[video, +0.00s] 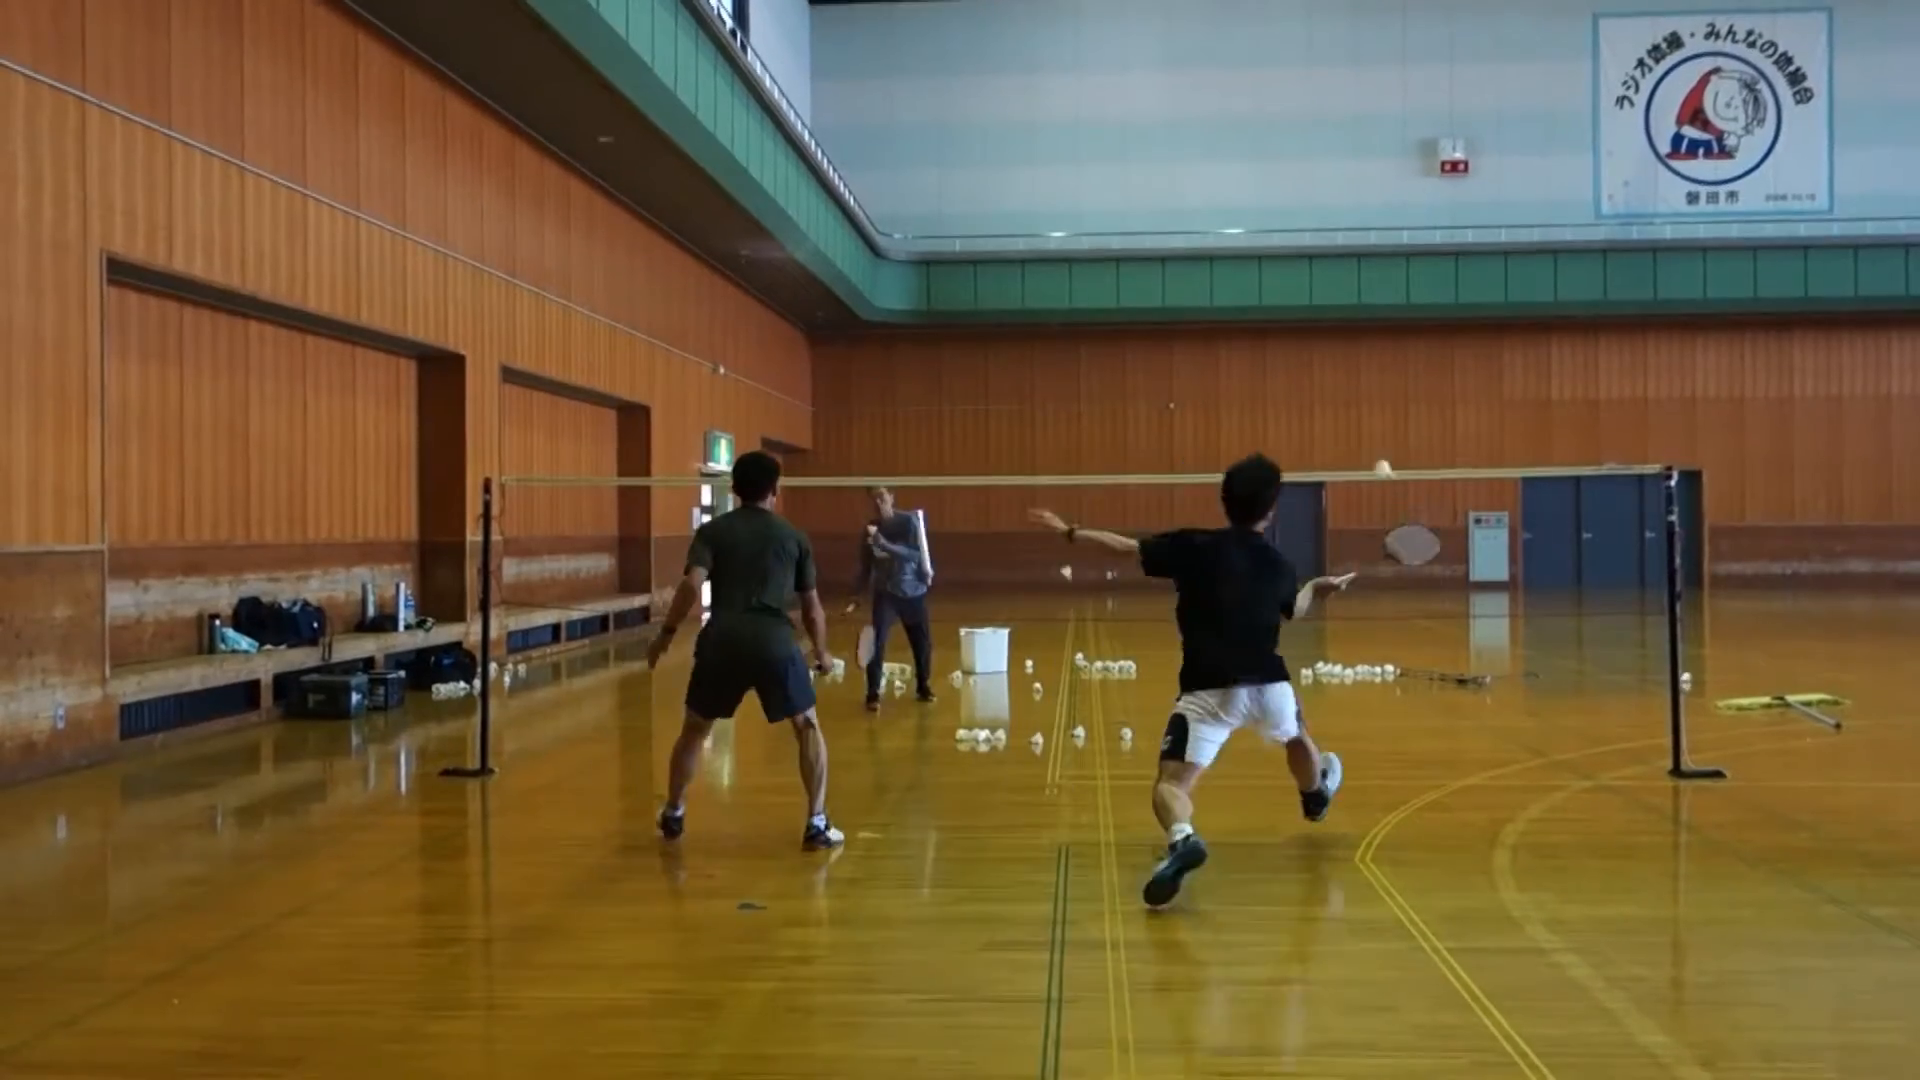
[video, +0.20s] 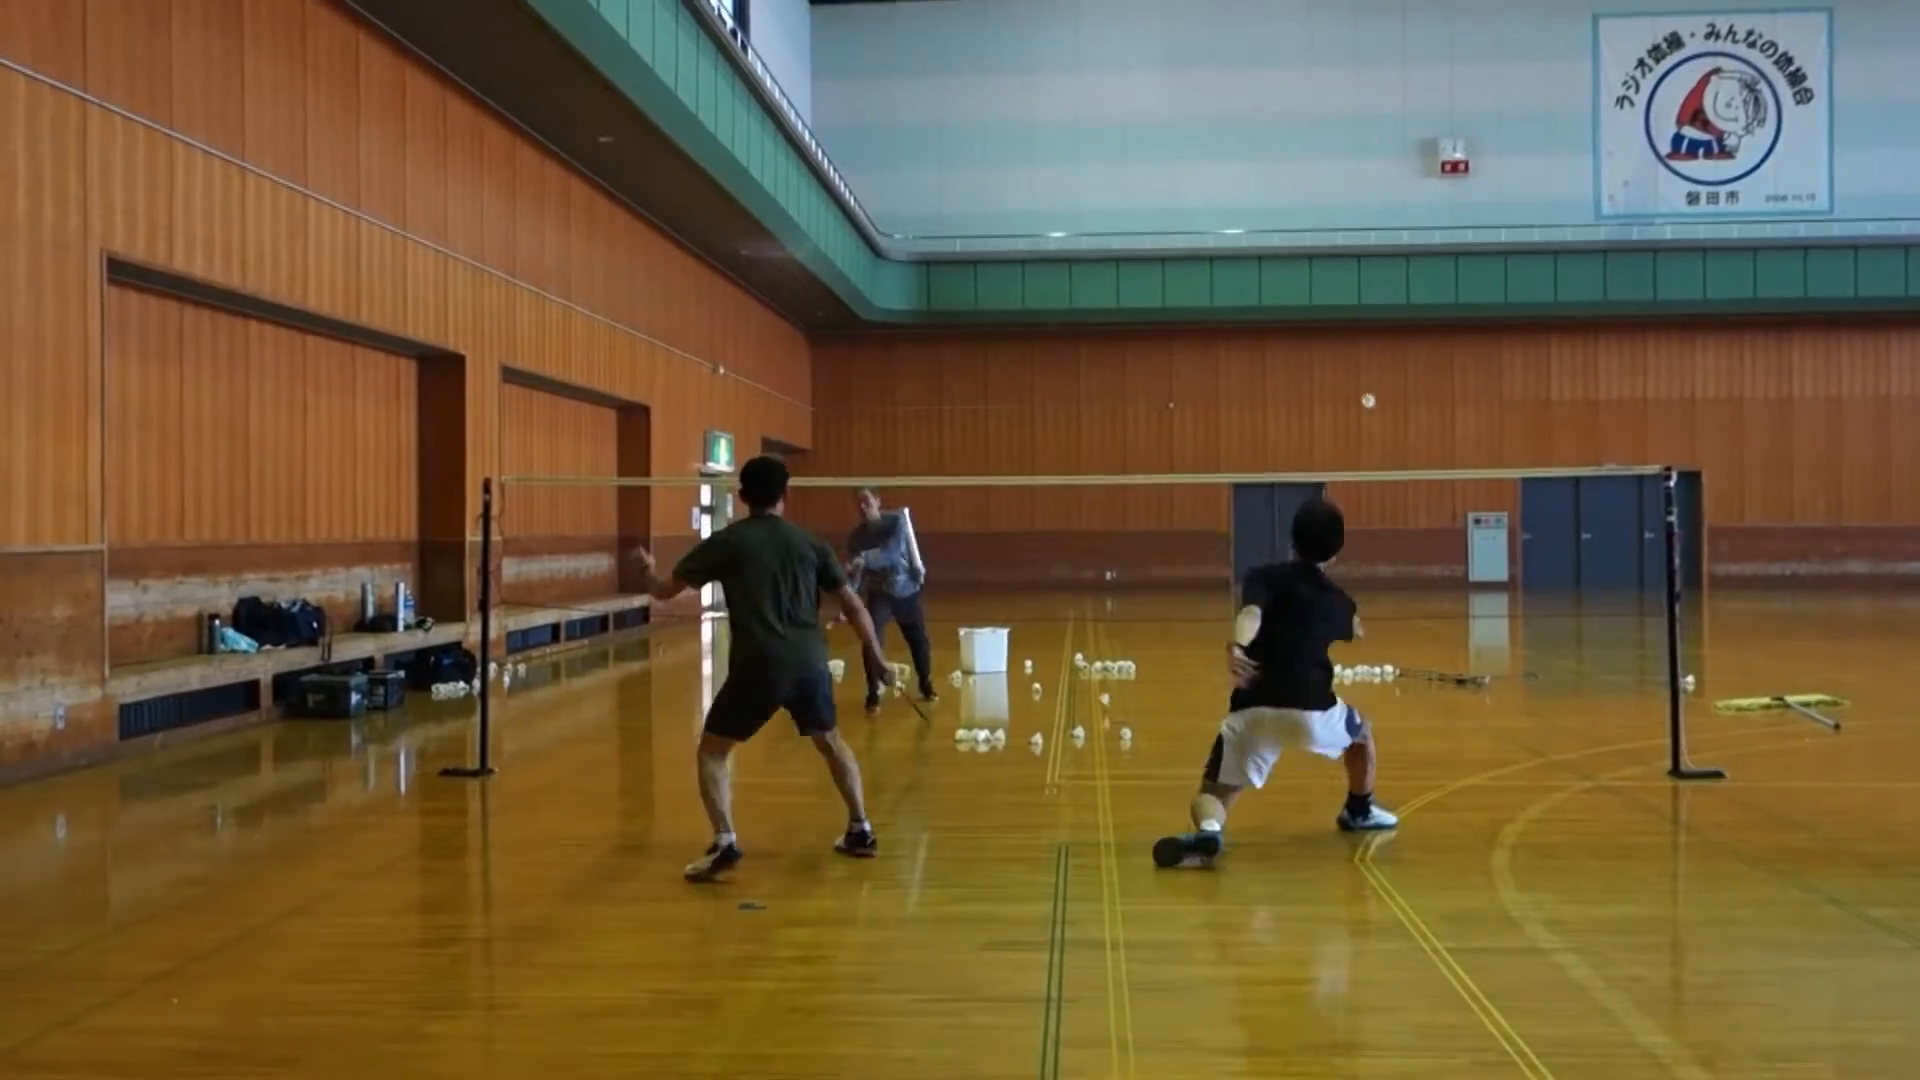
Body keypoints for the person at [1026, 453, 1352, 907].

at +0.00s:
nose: (1276, 508)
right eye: (1275, 502)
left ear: (1225, 501)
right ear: (1270, 510)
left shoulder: (1194, 547)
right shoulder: (1278, 565)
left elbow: (1130, 547)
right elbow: (1296, 610)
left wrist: (1070, 531)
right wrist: (1317, 586)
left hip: (1206, 687)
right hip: (1268, 684)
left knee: (1171, 784)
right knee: (1297, 739)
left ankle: (1182, 839)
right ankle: (1314, 795)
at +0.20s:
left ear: (1293, 539)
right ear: (1335, 549)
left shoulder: (1263, 578)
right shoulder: (1336, 600)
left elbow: (1251, 614)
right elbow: (1353, 631)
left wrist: (1237, 648)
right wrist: (1334, 617)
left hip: (1257, 705)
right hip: (1311, 708)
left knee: (1213, 793)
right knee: (1358, 735)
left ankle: (1209, 831)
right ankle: (1360, 808)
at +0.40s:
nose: (1262, 502)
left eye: (1262, 495)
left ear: (1260, 501)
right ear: (1301, 506)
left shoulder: (1236, 540)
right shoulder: (1316, 564)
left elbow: (1198, 564)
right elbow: (1341, 634)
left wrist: (1187, 623)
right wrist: (1356, 686)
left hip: (1234, 657)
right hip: (1293, 660)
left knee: (1190, 741)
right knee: (1330, 728)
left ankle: (1202, 796)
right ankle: (1356, 805)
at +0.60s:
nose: (1184, 500)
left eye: (1187, 494)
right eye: (1187, 493)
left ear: (1195, 501)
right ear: (1232, 504)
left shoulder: (1174, 551)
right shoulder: (1258, 548)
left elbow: (1128, 599)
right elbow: (1311, 595)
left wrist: (1106, 619)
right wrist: (1337, 609)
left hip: (1192, 667)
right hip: (1253, 665)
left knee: (1136, 740)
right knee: (1295, 728)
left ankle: (1080, 818)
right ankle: (1329, 818)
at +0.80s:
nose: (1103, 502)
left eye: (1106, 495)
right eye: (1105, 494)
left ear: (1117, 502)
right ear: (1152, 505)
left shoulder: (1091, 553)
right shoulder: (1174, 552)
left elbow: (1078, 622)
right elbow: (1205, 619)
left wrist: (1081, 665)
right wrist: (1210, 659)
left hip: (1113, 672)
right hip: (1171, 670)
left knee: (1080, 749)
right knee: (1224, 744)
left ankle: (1063, 835)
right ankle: (1264, 832)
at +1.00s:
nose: (1059, 509)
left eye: (1057, 503)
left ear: (1058, 508)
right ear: (1102, 509)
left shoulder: (1044, 564)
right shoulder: (1128, 559)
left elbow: (1027, 634)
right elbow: (1155, 619)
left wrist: (1007, 694)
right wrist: (1141, 658)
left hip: (1063, 680)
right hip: (1122, 680)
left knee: (1008, 759)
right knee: (1152, 766)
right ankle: (1164, 862)